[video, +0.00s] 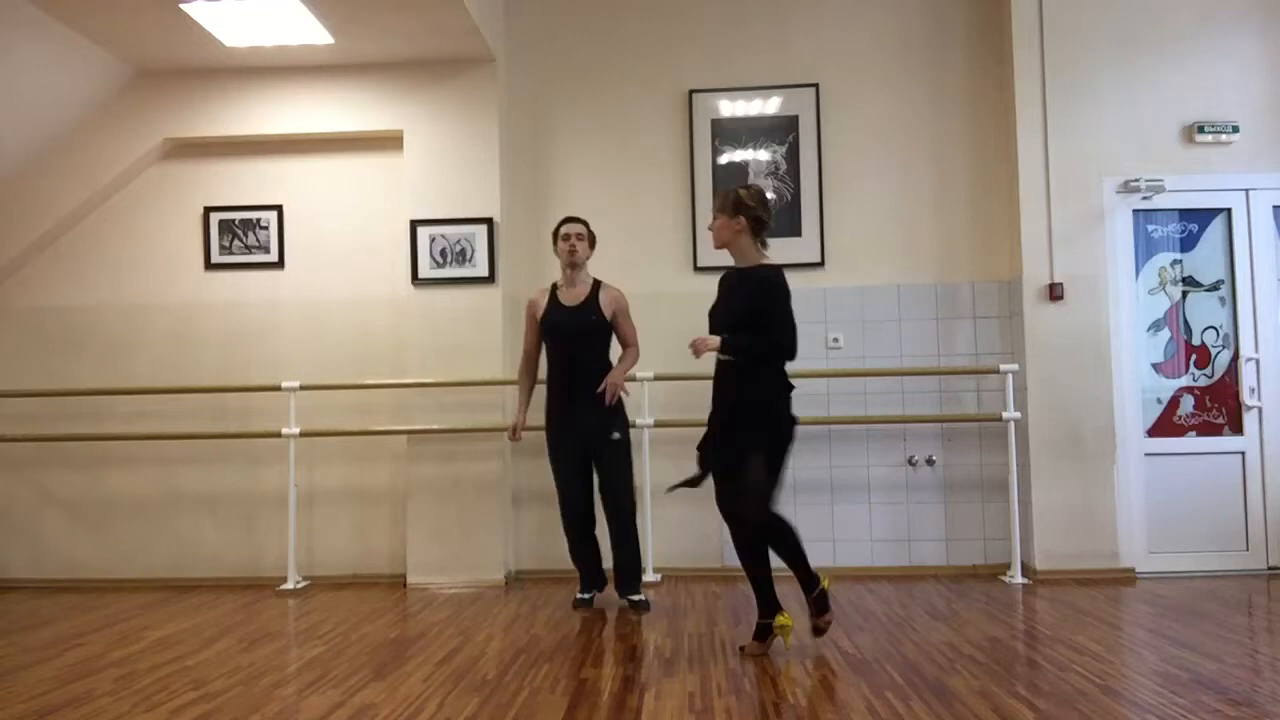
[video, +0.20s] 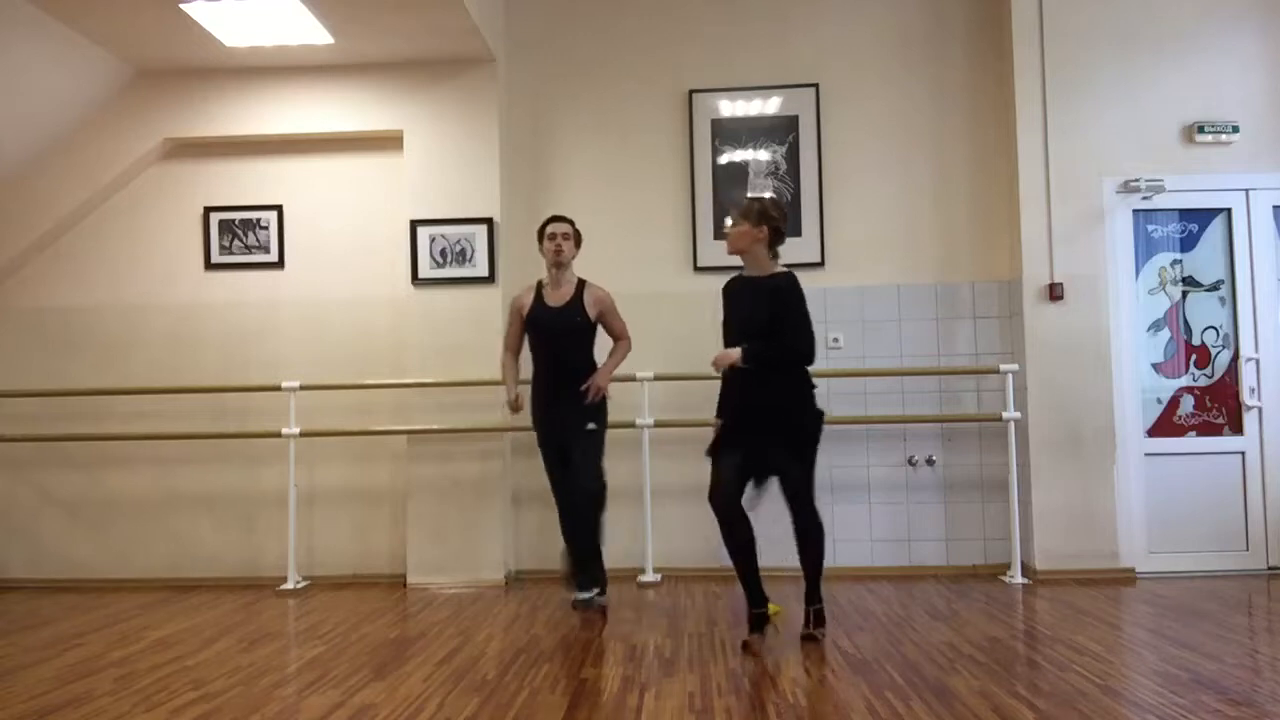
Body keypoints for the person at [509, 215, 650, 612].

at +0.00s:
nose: (572, 244)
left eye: (579, 239)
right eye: (565, 238)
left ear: (591, 248)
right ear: (555, 248)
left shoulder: (610, 297)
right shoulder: (540, 302)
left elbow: (632, 347)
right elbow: (529, 361)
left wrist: (619, 373)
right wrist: (522, 410)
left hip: (605, 412)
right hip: (562, 416)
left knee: (619, 504)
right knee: (574, 508)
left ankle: (630, 587)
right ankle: (589, 582)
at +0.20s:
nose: (558, 244)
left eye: (564, 238)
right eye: (551, 238)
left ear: (576, 247)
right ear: (541, 247)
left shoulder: (595, 297)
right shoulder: (524, 301)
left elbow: (622, 339)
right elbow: (511, 351)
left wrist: (605, 372)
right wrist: (512, 387)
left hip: (585, 402)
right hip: (546, 405)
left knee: (586, 486)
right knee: (565, 493)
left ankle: (587, 573)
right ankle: (587, 580)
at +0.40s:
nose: (535, 243)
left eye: (542, 238)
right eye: (528, 238)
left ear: (554, 247)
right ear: (518, 247)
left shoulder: (572, 299)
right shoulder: (502, 301)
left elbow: (589, 350)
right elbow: (491, 358)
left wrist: (574, 377)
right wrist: (493, 402)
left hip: (555, 407)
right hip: (516, 406)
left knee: (539, 502)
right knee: (525, 499)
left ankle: (514, 590)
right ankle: (573, 563)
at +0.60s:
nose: (516, 234)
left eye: (523, 228)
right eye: (509, 228)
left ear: (536, 238)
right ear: (499, 238)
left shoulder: (552, 290)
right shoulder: (481, 292)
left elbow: (573, 348)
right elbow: (469, 349)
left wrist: (554, 358)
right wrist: (470, 400)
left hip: (539, 408)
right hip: (495, 406)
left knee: (530, 507)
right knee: (469, 495)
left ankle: (517, 598)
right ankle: (485, 575)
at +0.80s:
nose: (493, 235)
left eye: (500, 229)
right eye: (486, 229)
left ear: (512, 238)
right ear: (474, 239)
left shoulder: (528, 293)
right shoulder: (453, 293)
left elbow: (545, 356)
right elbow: (438, 350)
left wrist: (535, 361)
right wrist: (441, 402)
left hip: (514, 413)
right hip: (467, 413)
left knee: (520, 511)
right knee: (445, 509)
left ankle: (517, 600)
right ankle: (435, 610)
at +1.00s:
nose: (469, 228)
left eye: (477, 222)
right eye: (461, 222)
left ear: (490, 232)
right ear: (450, 233)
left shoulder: (510, 286)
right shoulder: (431, 287)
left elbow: (523, 338)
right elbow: (405, 349)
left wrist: (530, 357)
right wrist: (417, 403)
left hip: (483, 404)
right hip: (437, 403)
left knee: (478, 505)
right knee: (431, 508)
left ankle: (461, 592)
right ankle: (431, 610)